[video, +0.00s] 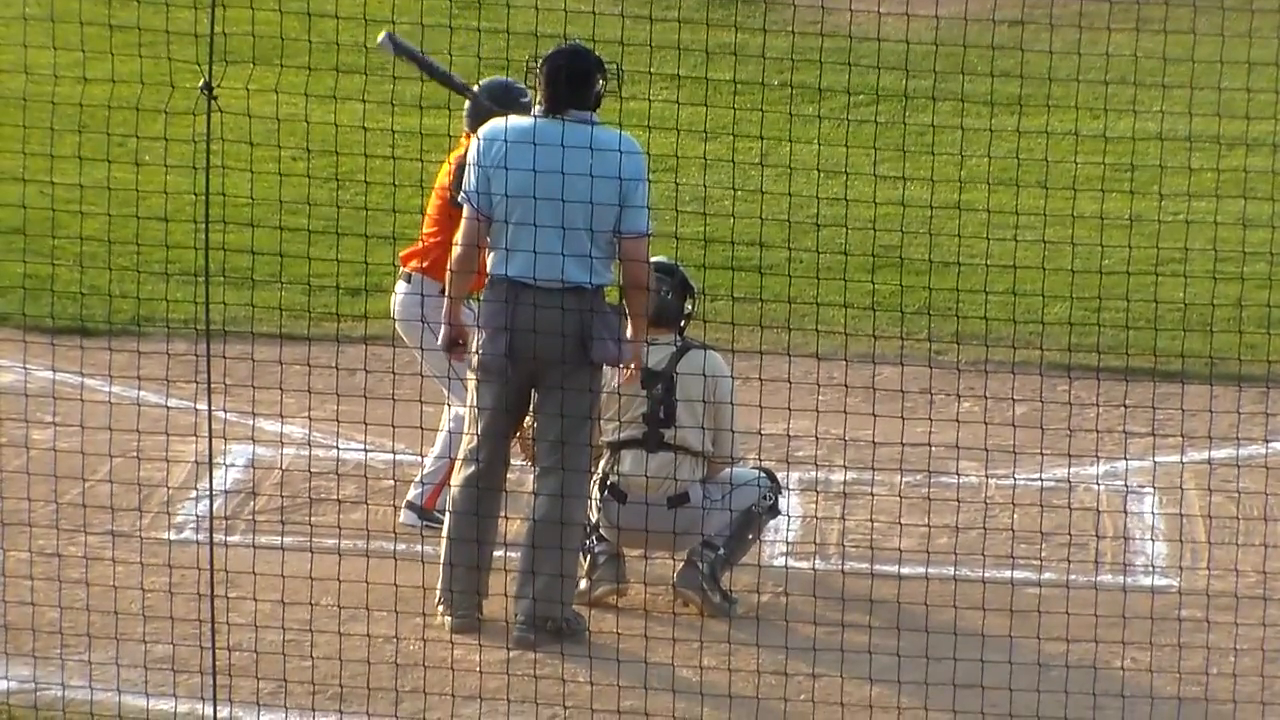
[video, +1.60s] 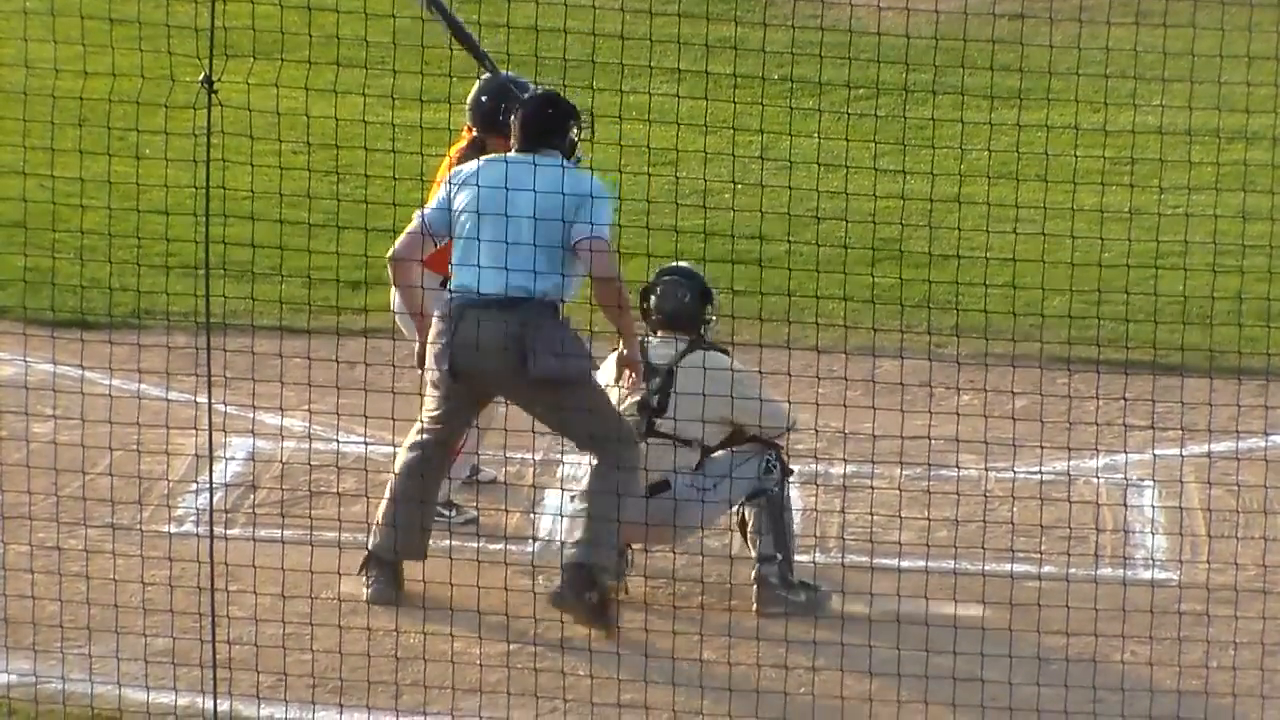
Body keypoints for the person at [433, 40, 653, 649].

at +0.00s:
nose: (603, 97)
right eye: (602, 89)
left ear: (542, 89)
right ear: (597, 93)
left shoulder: (496, 137)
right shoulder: (624, 151)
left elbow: (469, 242)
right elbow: (634, 260)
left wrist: (453, 308)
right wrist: (636, 337)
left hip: (505, 311)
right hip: (578, 318)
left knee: (481, 456)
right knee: (564, 466)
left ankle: (459, 600)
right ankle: (544, 612)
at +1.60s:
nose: (579, 147)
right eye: (576, 140)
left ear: (515, 136)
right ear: (569, 142)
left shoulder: (469, 177)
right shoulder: (584, 186)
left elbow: (404, 256)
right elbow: (600, 270)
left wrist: (429, 333)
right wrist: (630, 340)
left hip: (460, 332)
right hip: (535, 337)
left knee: (431, 437)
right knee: (617, 446)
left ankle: (383, 565)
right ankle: (586, 574)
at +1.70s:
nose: (580, 158)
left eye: (510, 145)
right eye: (578, 151)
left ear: (515, 146)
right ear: (571, 154)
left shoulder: (471, 189)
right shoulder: (586, 197)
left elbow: (400, 264)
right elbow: (605, 281)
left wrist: (424, 341)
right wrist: (632, 354)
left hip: (456, 341)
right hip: (533, 344)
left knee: (437, 431)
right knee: (623, 457)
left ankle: (383, 563)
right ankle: (638, 592)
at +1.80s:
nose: (589, 178)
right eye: (586, 171)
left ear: (527, 169)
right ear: (579, 174)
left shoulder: (483, 210)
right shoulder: (595, 218)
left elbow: (405, 278)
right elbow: (611, 300)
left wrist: (428, 352)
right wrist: (641, 375)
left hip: (462, 362)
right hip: (541, 367)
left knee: (437, 442)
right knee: (633, 466)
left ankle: (383, 562)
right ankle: (646, 604)